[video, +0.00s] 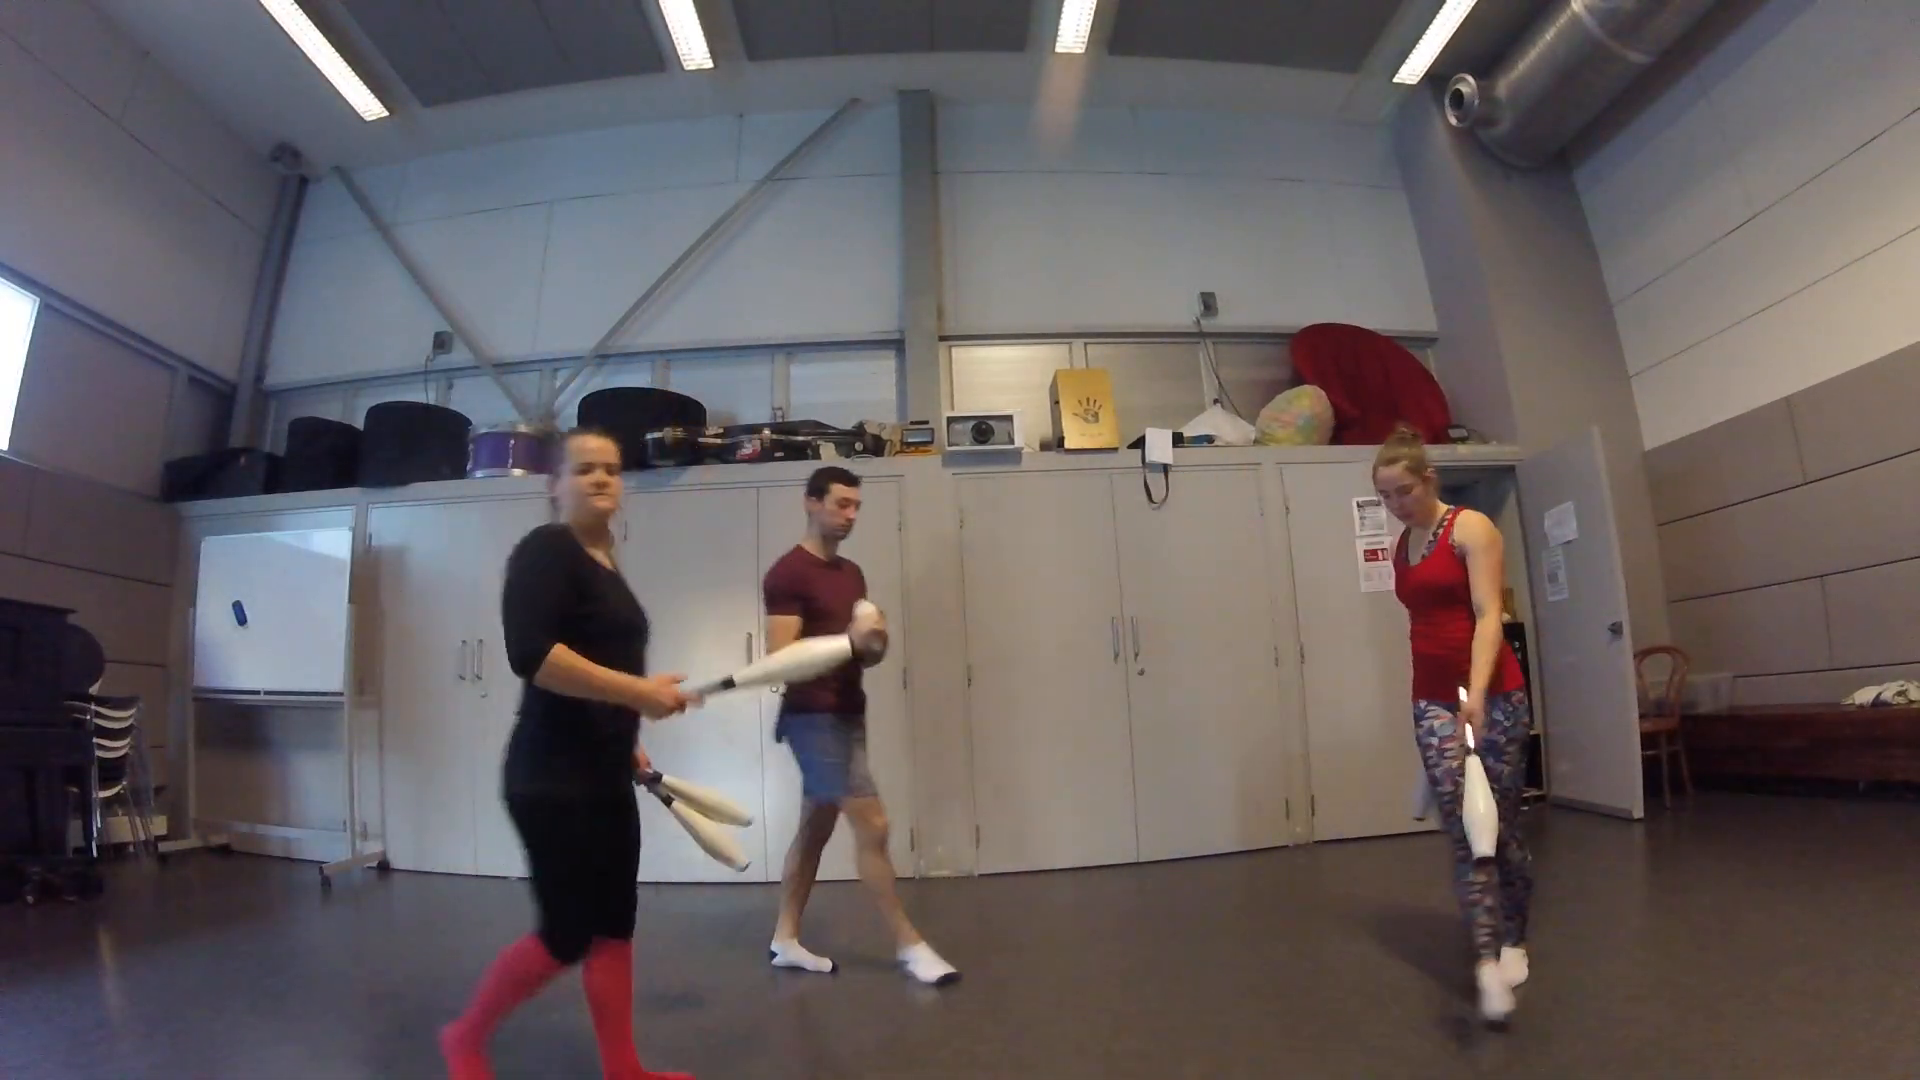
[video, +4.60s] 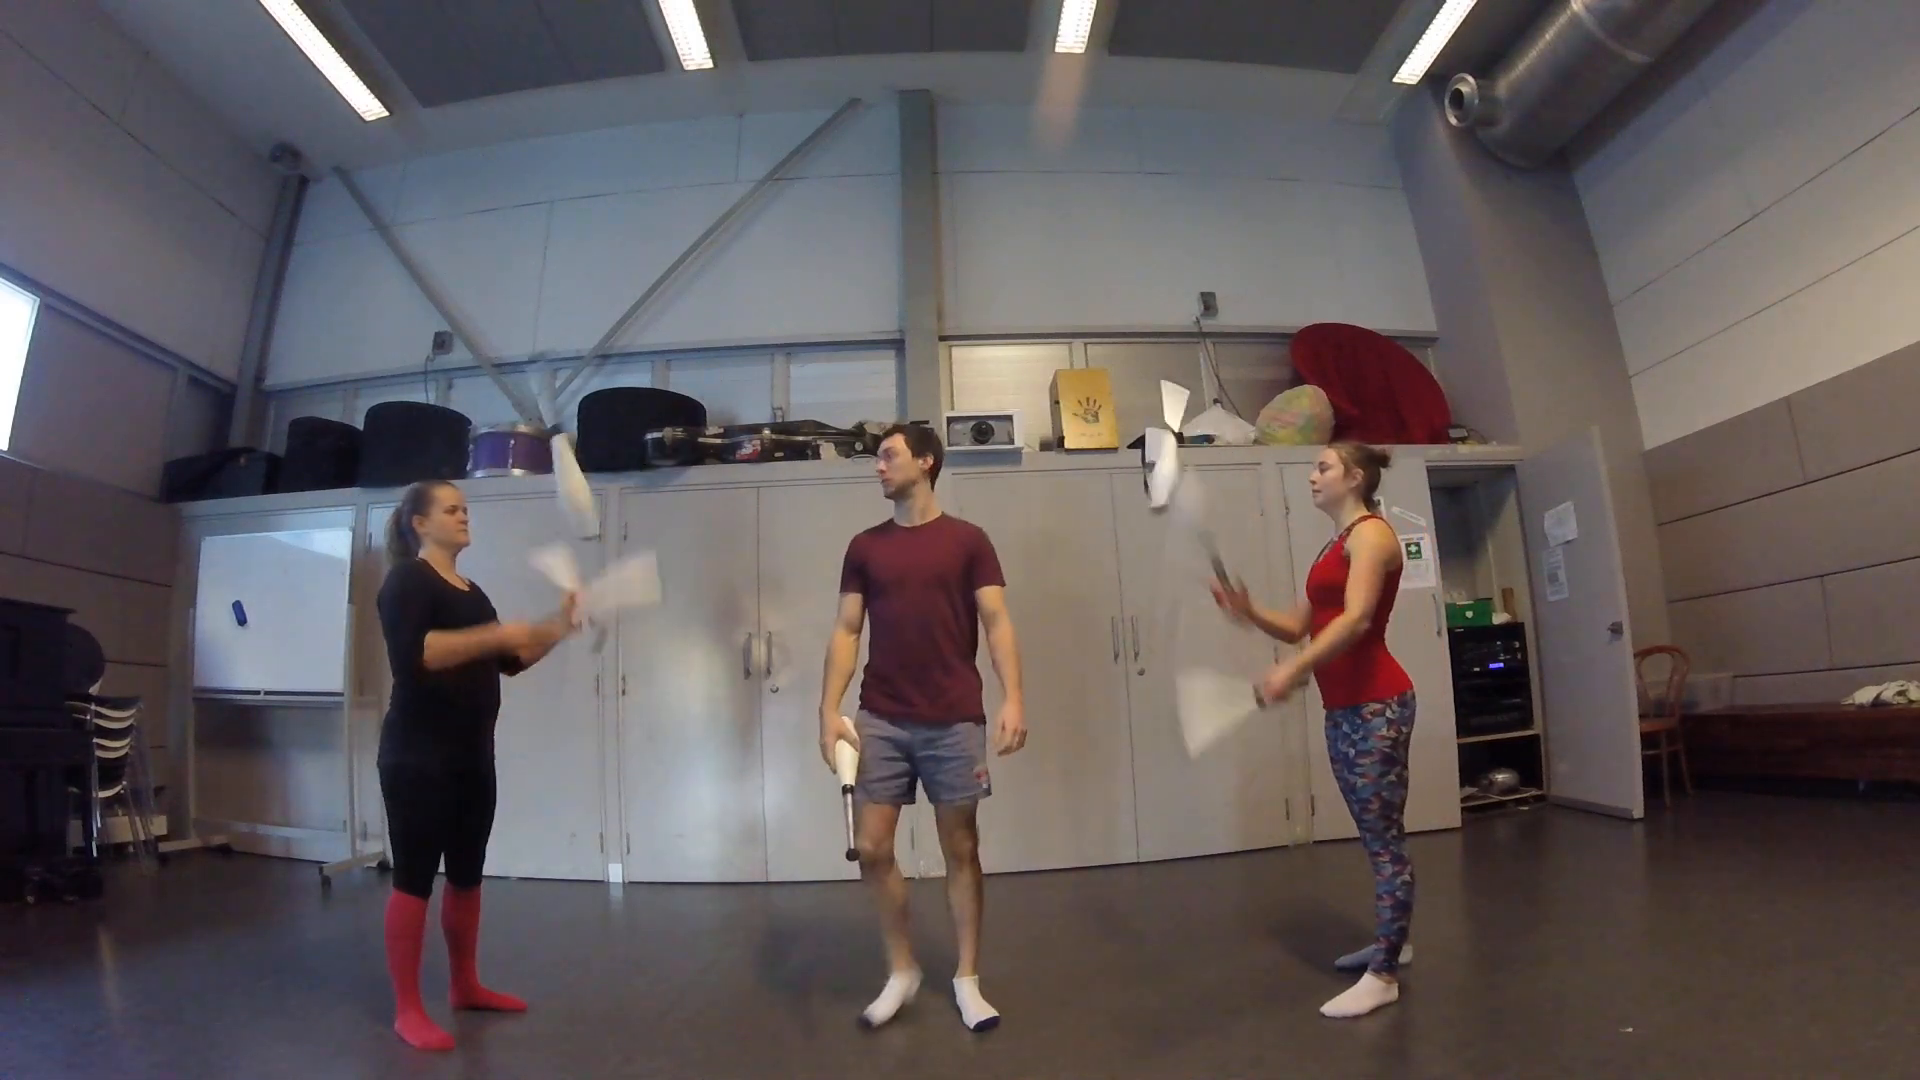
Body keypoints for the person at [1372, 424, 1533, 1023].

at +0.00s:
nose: (1394, 503)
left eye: (1402, 491)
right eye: (1385, 494)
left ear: (1428, 480)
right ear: (1380, 492)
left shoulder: (1472, 528)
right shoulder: (1404, 541)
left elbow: (1490, 615)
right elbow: (1426, 622)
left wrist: (1476, 695)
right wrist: (1426, 694)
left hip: (1494, 697)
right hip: (1434, 701)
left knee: (1502, 828)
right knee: (1464, 831)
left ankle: (1513, 940)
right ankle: (1486, 959)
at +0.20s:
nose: (1369, 497)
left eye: (1376, 484)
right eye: (1365, 486)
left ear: (1411, 476)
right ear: (1381, 485)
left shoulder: (1465, 526)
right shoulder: (1393, 543)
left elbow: (1501, 612)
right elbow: (1407, 631)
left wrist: (1520, 697)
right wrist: (1405, 709)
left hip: (1481, 702)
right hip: (1423, 705)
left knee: (1498, 821)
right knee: (1417, 822)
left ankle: (1514, 943)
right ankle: (1401, 950)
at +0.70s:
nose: (1382, 466)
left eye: (1389, 461)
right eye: (1369, 457)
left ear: (1395, 477)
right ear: (1342, 473)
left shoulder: (1410, 532)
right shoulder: (1329, 545)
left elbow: (1434, 622)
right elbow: (1326, 636)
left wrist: (1439, 712)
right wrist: (1320, 711)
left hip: (1410, 708)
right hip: (1354, 711)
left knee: (1424, 837)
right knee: (1378, 835)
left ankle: (1478, 956)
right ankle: (1379, 949)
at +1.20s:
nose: (1329, 461)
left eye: (1339, 450)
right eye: (1330, 451)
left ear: (1373, 458)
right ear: (1364, 460)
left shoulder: (1395, 519)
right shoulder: (1375, 522)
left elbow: (1411, 623)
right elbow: (1388, 629)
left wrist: (1409, 717)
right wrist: (1359, 697)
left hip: (1417, 711)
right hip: (1383, 713)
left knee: (1418, 850)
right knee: (1370, 838)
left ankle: (1431, 999)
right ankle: (1367, 961)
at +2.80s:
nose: (1321, 473)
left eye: (1332, 463)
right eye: (1321, 464)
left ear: (1367, 470)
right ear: (1349, 473)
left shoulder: (1388, 528)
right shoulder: (1356, 533)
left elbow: (1396, 620)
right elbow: (1353, 632)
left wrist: (1334, 675)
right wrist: (1312, 675)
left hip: (1399, 707)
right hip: (1366, 709)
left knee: (1402, 836)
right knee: (1357, 828)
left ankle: (1396, 980)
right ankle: (1413, 936)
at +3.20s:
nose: (1324, 479)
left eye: (1334, 469)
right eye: (1323, 470)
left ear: (1368, 476)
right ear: (1348, 480)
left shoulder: (1389, 534)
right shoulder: (1348, 542)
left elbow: (1382, 618)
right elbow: (1319, 625)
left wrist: (1312, 583)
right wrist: (1256, 615)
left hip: (1389, 708)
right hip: (1357, 709)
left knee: (1380, 834)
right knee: (1376, 831)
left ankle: (1393, 977)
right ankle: (1393, 940)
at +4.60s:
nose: (1313, 477)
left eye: (1324, 468)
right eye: (1314, 468)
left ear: (1357, 479)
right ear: (1347, 482)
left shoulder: (1371, 535)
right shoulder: (1339, 543)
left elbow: (1357, 619)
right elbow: (1302, 629)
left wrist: (1292, 669)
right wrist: (1250, 612)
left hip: (1375, 706)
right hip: (1348, 707)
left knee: (1383, 837)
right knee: (1377, 834)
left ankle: (1384, 975)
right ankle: (1392, 943)